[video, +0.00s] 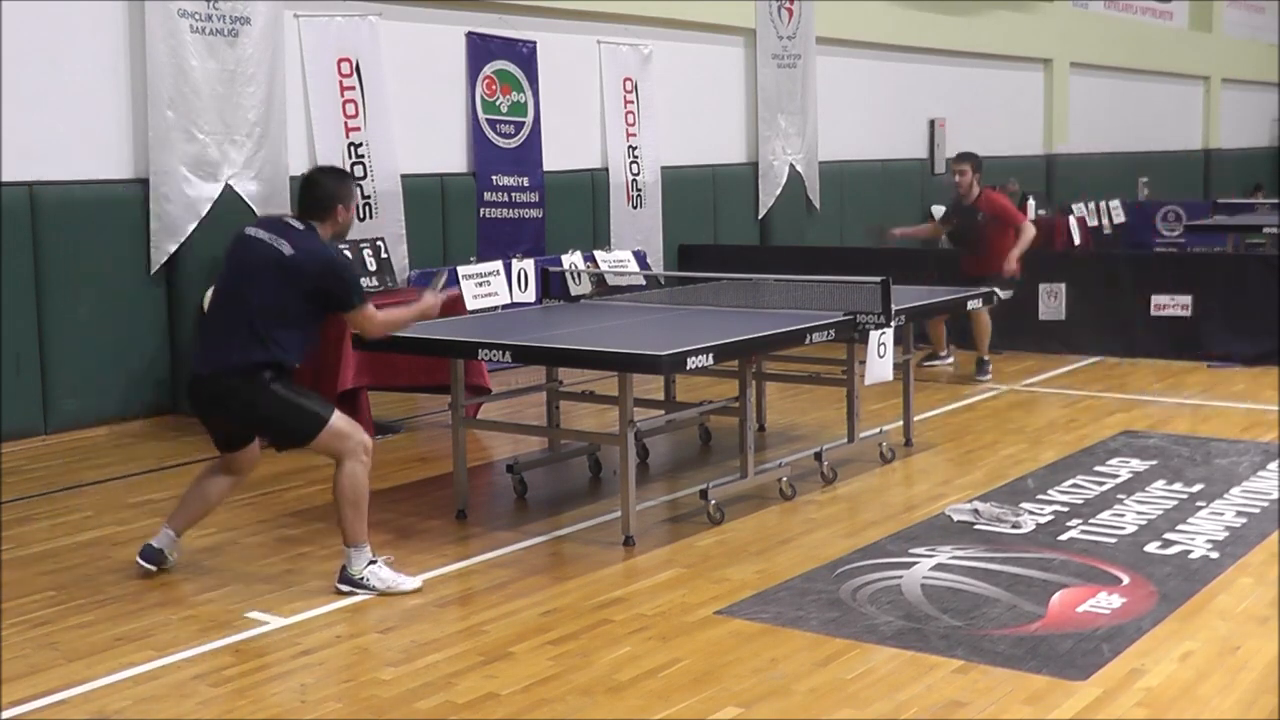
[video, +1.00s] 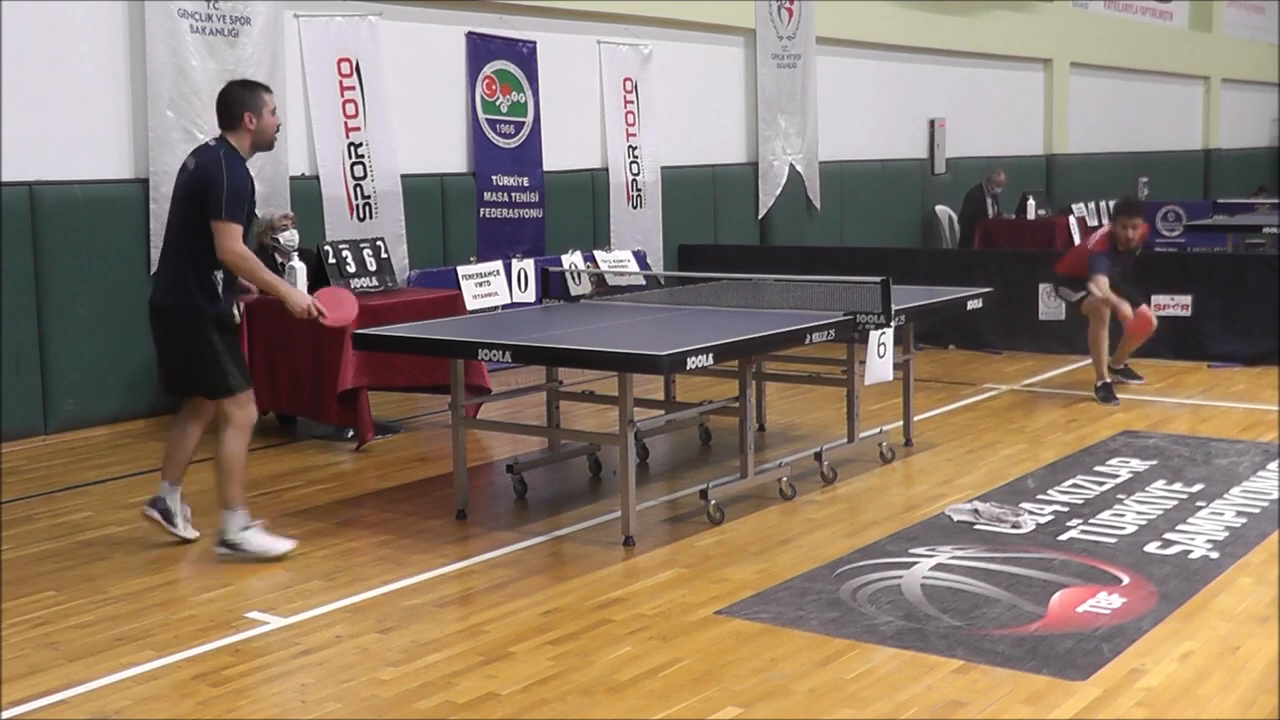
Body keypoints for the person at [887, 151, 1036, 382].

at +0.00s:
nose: (956, 179)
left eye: (962, 174)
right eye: (954, 174)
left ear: (976, 175)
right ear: (951, 175)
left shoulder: (994, 201)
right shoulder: (957, 205)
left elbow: (1029, 229)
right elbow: (936, 229)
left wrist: (1013, 256)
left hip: (997, 275)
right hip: (966, 275)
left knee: (977, 306)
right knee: (934, 309)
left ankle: (983, 360)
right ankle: (941, 353)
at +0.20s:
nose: (971, 160)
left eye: (977, 154)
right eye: (968, 155)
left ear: (989, 155)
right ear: (964, 156)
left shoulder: (1011, 180)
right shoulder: (963, 187)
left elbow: (1043, 204)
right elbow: (942, 219)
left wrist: (1030, 235)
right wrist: (923, 238)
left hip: (1021, 256)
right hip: (983, 257)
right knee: (952, 297)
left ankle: (1017, 349)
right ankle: (948, 347)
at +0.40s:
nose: (1015, 169)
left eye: (1020, 163)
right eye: (1011, 163)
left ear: (1032, 165)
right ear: (1006, 165)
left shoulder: (1049, 187)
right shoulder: (997, 195)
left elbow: (1066, 208)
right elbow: (981, 238)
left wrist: (1073, 239)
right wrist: (985, 266)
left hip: (1051, 264)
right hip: (1009, 268)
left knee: (1083, 304)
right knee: (972, 313)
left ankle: (1110, 363)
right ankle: (961, 357)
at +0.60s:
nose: (1078, 183)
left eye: (1084, 177)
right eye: (1074, 177)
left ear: (1094, 179)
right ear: (1067, 179)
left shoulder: (1102, 197)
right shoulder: (1058, 206)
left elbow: (1114, 219)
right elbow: (1053, 256)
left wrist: (1124, 248)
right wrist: (1073, 289)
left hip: (1084, 265)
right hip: (1050, 266)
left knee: (1118, 307)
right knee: (1039, 316)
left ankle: (1119, 367)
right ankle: (1029, 363)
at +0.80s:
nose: (1121, 224)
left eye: (1127, 218)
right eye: (1116, 217)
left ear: (1135, 220)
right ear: (1106, 217)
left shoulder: (1129, 228)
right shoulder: (1094, 241)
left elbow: (1125, 242)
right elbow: (1100, 294)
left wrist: (1131, 256)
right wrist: (1126, 330)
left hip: (1091, 279)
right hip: (1058, 281)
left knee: (1141, 311)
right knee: (1088, 310)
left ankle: (1122, 369)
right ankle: (1100, 382)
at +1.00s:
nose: (1129, 234)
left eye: (1135, 228)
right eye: (1123, 227)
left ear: (1143, 227)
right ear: (1113, 226)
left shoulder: (1142, 235)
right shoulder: (1101, 242)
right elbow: (1097, 285)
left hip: (1106, 280)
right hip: (1069, 280)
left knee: (1146, 321)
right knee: (1101, 309)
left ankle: (1117, 365)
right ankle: (1102, 381)